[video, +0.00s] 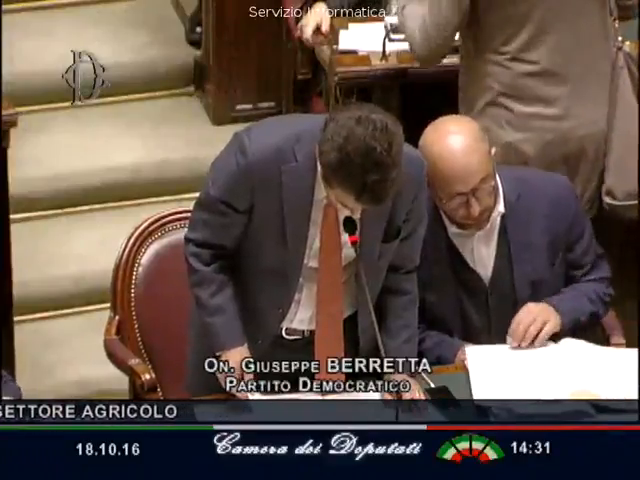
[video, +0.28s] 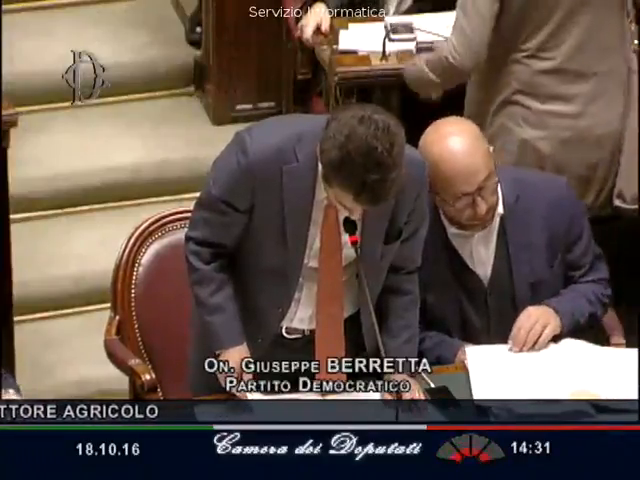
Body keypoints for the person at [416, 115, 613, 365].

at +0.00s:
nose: (475, 208)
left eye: (482, 187)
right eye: (457, 198)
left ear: (492, 159)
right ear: (429, 185)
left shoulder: (552, 197)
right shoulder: (409, 222)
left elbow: (597, 282)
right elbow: (401, 326)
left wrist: (557, 309)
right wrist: (456, 353)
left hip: (554, 371)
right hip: (460, 381)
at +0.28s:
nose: (480, 207)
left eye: (485, 186)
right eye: (462, 199)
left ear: (492, 158)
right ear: (431, 190)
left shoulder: (552, 199)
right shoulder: (409, 225)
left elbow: (595, 283)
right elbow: (402, 329)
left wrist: (557, 312)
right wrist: (457, 353)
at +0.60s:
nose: (481, 207)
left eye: (486, 186)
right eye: (463, 199)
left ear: (493, 158)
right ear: (432, 189)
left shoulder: (552, 197)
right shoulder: (409, 225)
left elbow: (594, 284)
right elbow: (402, 327)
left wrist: (561, 315)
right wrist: (455, 353)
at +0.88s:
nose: (480, 206)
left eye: (485, 185)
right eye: (461, 198)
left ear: (492, 156)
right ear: (431, 187)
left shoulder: (553, 198)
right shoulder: (408, 224)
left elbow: (593, 284)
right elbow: (401, 326)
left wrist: (563, 316)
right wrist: (454, 353)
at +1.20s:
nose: (476, 208)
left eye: (482, 188)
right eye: (458, 199)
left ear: (492, 158)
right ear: (430, 187)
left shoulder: (553, 198)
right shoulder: (408, 224)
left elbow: (594, 282)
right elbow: (401, 326)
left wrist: (578, 310)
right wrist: (448, 350)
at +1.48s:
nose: (472, 211)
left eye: (481, 192)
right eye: (455, 201)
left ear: (493, 161)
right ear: (429, 188)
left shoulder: (552, 197)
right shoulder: (407, 224)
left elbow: (588, 268)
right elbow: (396, 326)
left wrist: (590, 301)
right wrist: (444, 349)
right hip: (463, 385)